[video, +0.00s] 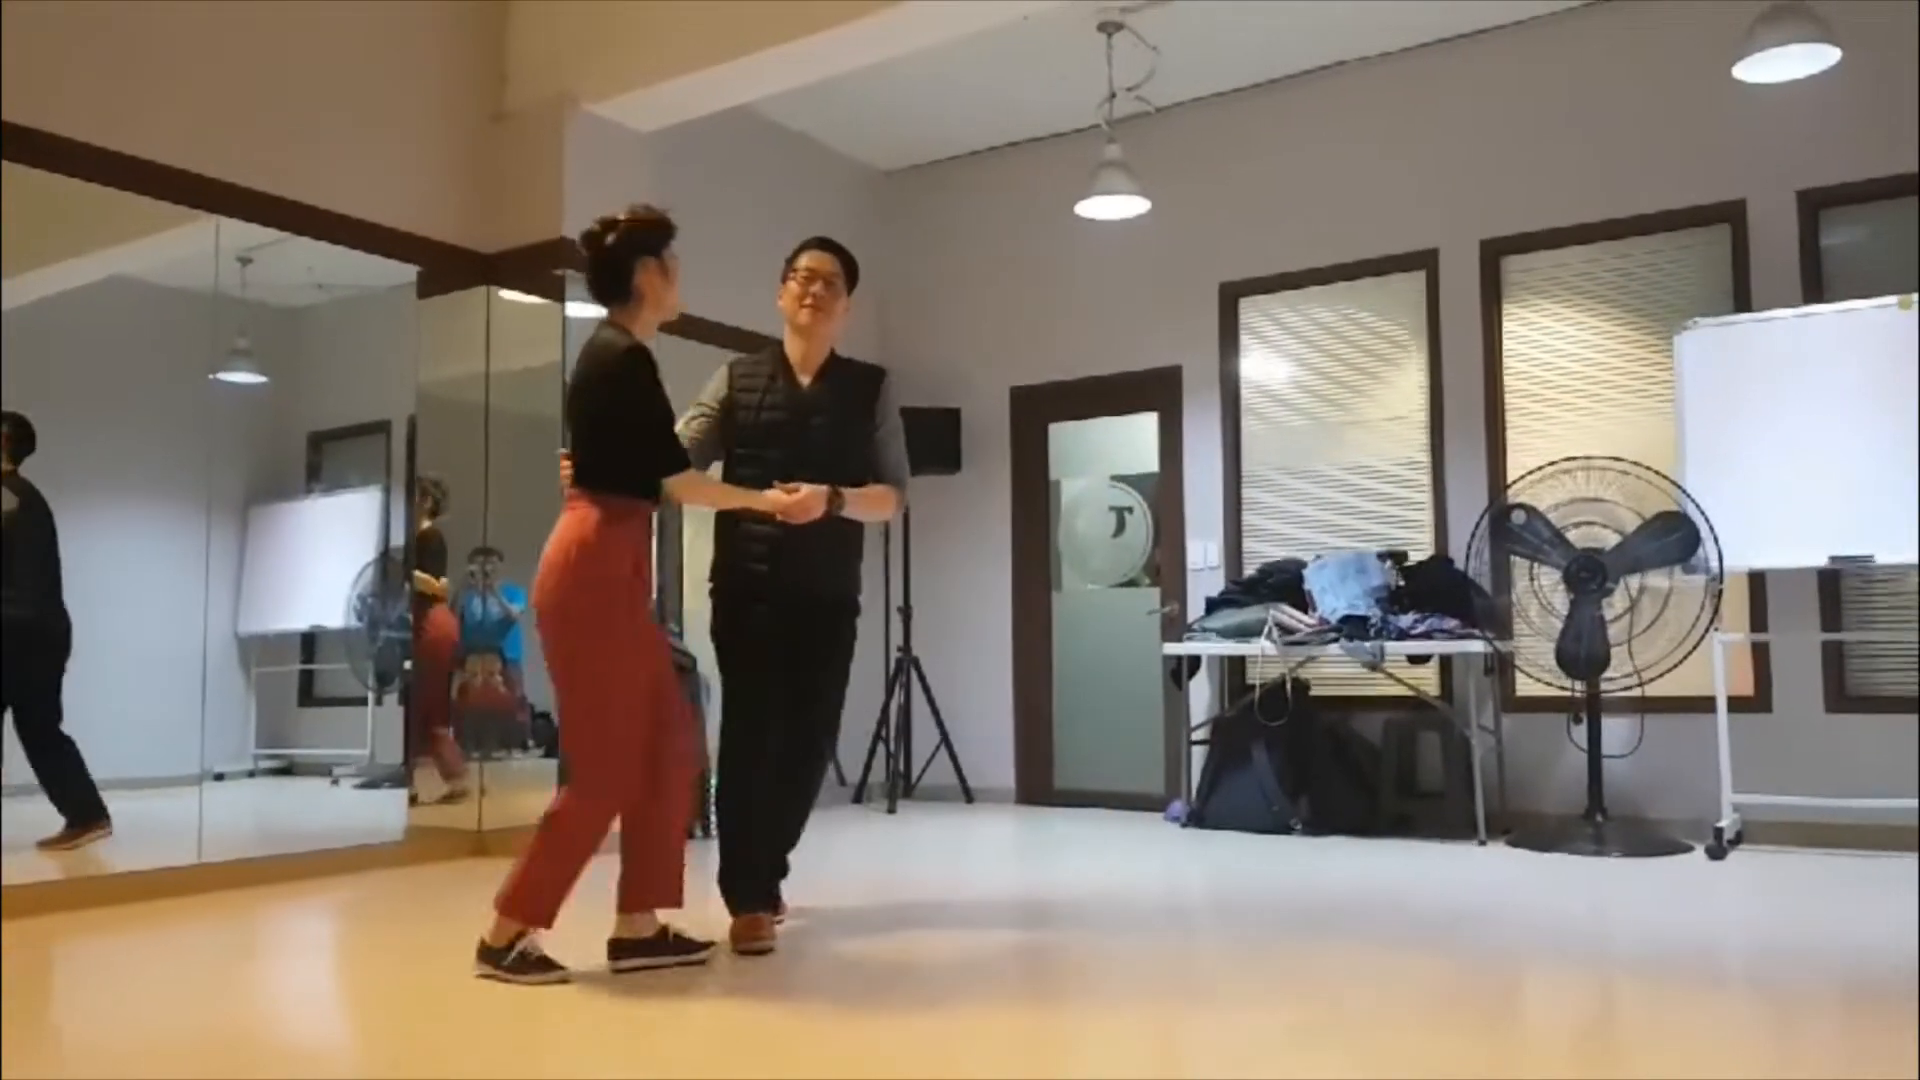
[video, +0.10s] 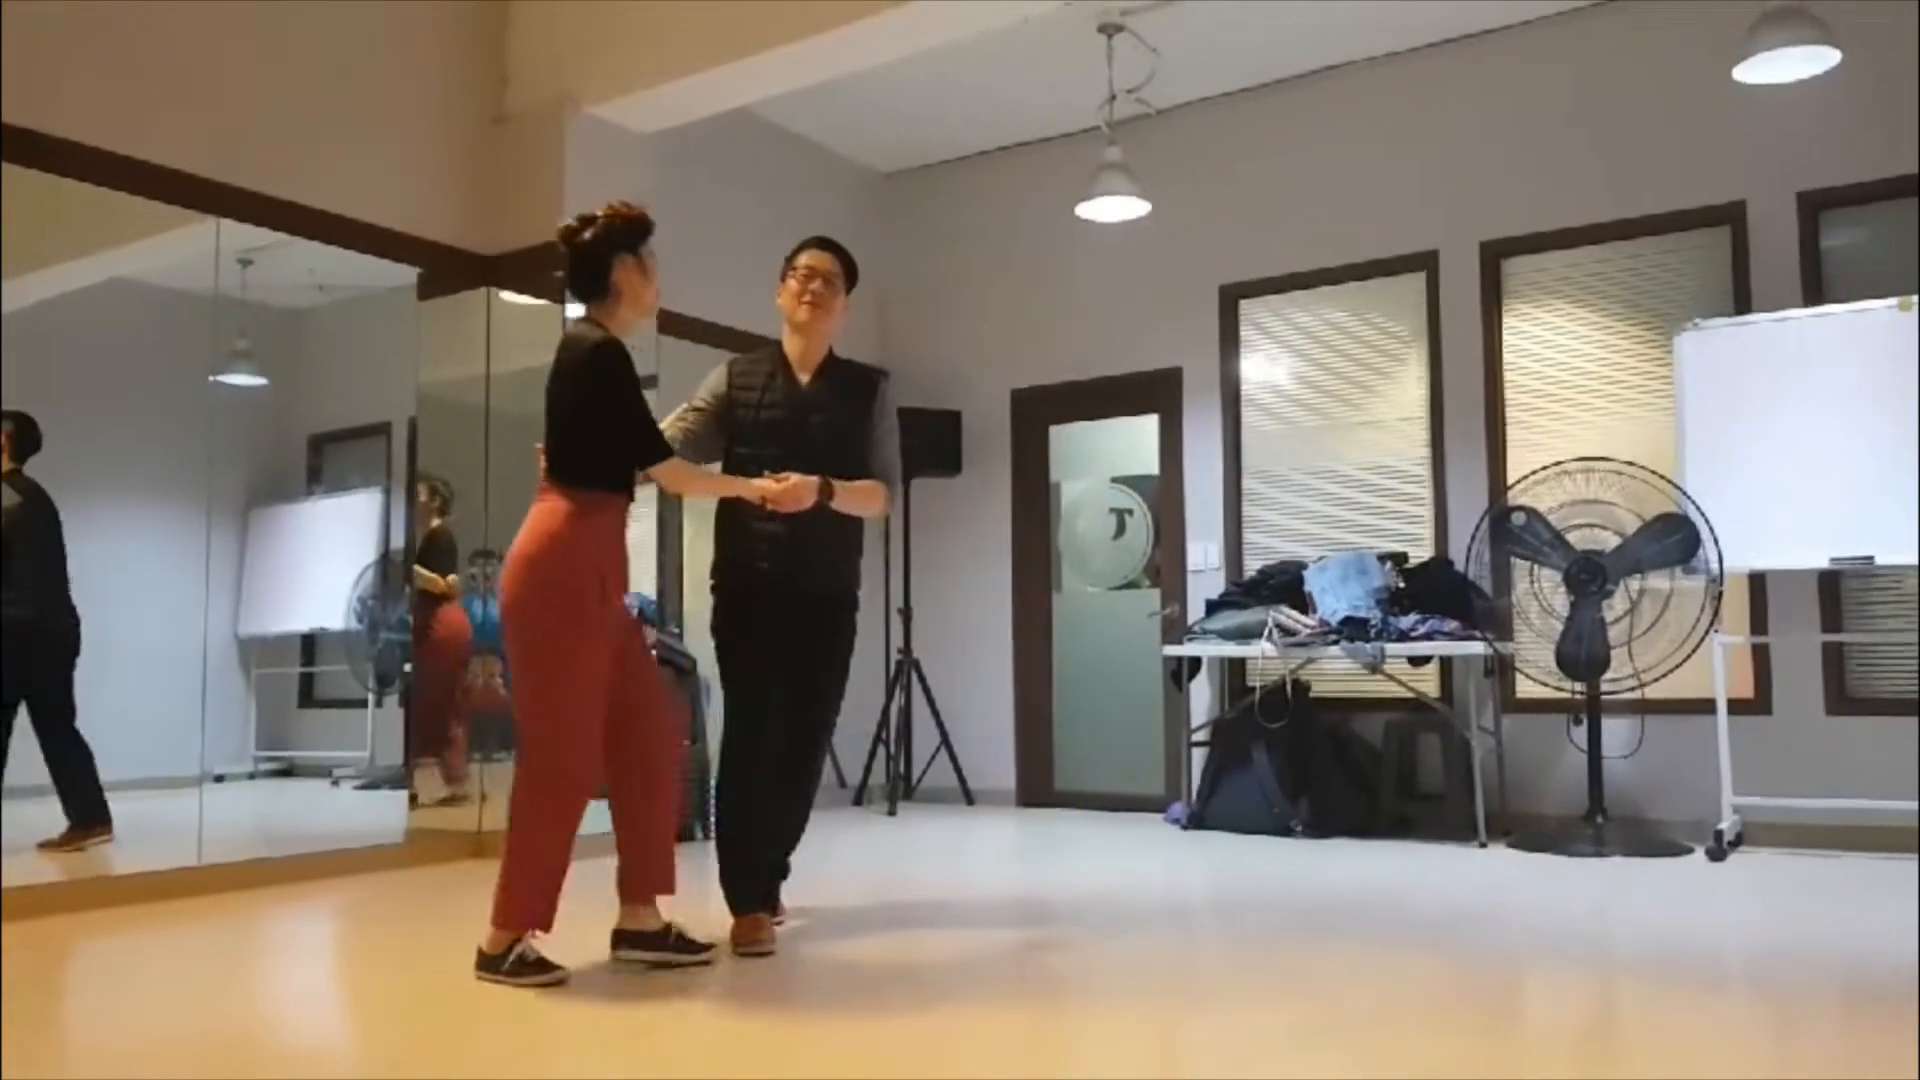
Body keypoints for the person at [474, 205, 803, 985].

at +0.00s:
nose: (679, 278)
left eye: (672, 265)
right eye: (670, 266)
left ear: (624, 280)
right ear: (645, 278)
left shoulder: (611, 358)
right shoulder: (622, 361)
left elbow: (643, 476)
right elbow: (673, 480)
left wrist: (743, 495)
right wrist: (766, 501)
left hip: (607, 572)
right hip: (593, 572)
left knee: (671, 738)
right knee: (609, 759)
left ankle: (640, 926)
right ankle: (507, 935)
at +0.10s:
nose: (657, 282)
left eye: (651, 267)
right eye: (649, 268)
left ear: (606, 279)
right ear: (624, 276)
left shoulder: (588, 356)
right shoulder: (597, 358)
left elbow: (558, 461)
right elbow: (669, 472)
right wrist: (755, 487)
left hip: (587, 570)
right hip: (561, 570)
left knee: (649, 727)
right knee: (560, 752)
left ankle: (642, 920)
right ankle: (505, 939)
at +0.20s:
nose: (646, 275)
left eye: (641, 260)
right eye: (637, 261)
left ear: (596, 269)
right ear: (607, 268)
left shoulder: (564, 346)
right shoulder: (579, 348)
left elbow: (533, 455)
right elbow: (652, 457)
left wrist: (611, 474)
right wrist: (746, 469)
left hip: (572, 572)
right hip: (537, 570)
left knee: (645, 724)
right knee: (535, 748)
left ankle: (636, 908)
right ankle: (502, 941)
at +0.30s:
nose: (635, 280)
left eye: (630, 266)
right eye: (626, 265)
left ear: (585, 274)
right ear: (598, 272)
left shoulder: (556, 351)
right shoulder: (566, 354)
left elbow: (534, 460)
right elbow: (639, 463)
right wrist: (729, 472)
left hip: (562, 573)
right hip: (532, 572)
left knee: (643, 723)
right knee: (537, 751)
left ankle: (606, 905)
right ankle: (499, 943)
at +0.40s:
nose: (636, 289)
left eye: (631, 274)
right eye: (628, 273)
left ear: (584, 281)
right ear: (599, 278)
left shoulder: (562, 358)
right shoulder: (567, 359)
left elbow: (533, 464)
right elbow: (633, 471)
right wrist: (728, 484)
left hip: (565, 578)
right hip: (535, 578)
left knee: (642, 733)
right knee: (543, 757)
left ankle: (588, 908)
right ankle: (501, 946)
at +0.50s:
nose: (644, 294)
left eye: (638, 280)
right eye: (634, 280)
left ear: (592, 289)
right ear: (606, 286)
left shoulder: (581, 367)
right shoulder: (577, 369)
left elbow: (612, 480)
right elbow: (629, 483)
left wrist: (691, 493)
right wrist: (721, 496)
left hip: (575, 581)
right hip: (549, 582)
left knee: (628, 746)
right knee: (559, 756)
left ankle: (565, 921)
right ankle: (505, 945)